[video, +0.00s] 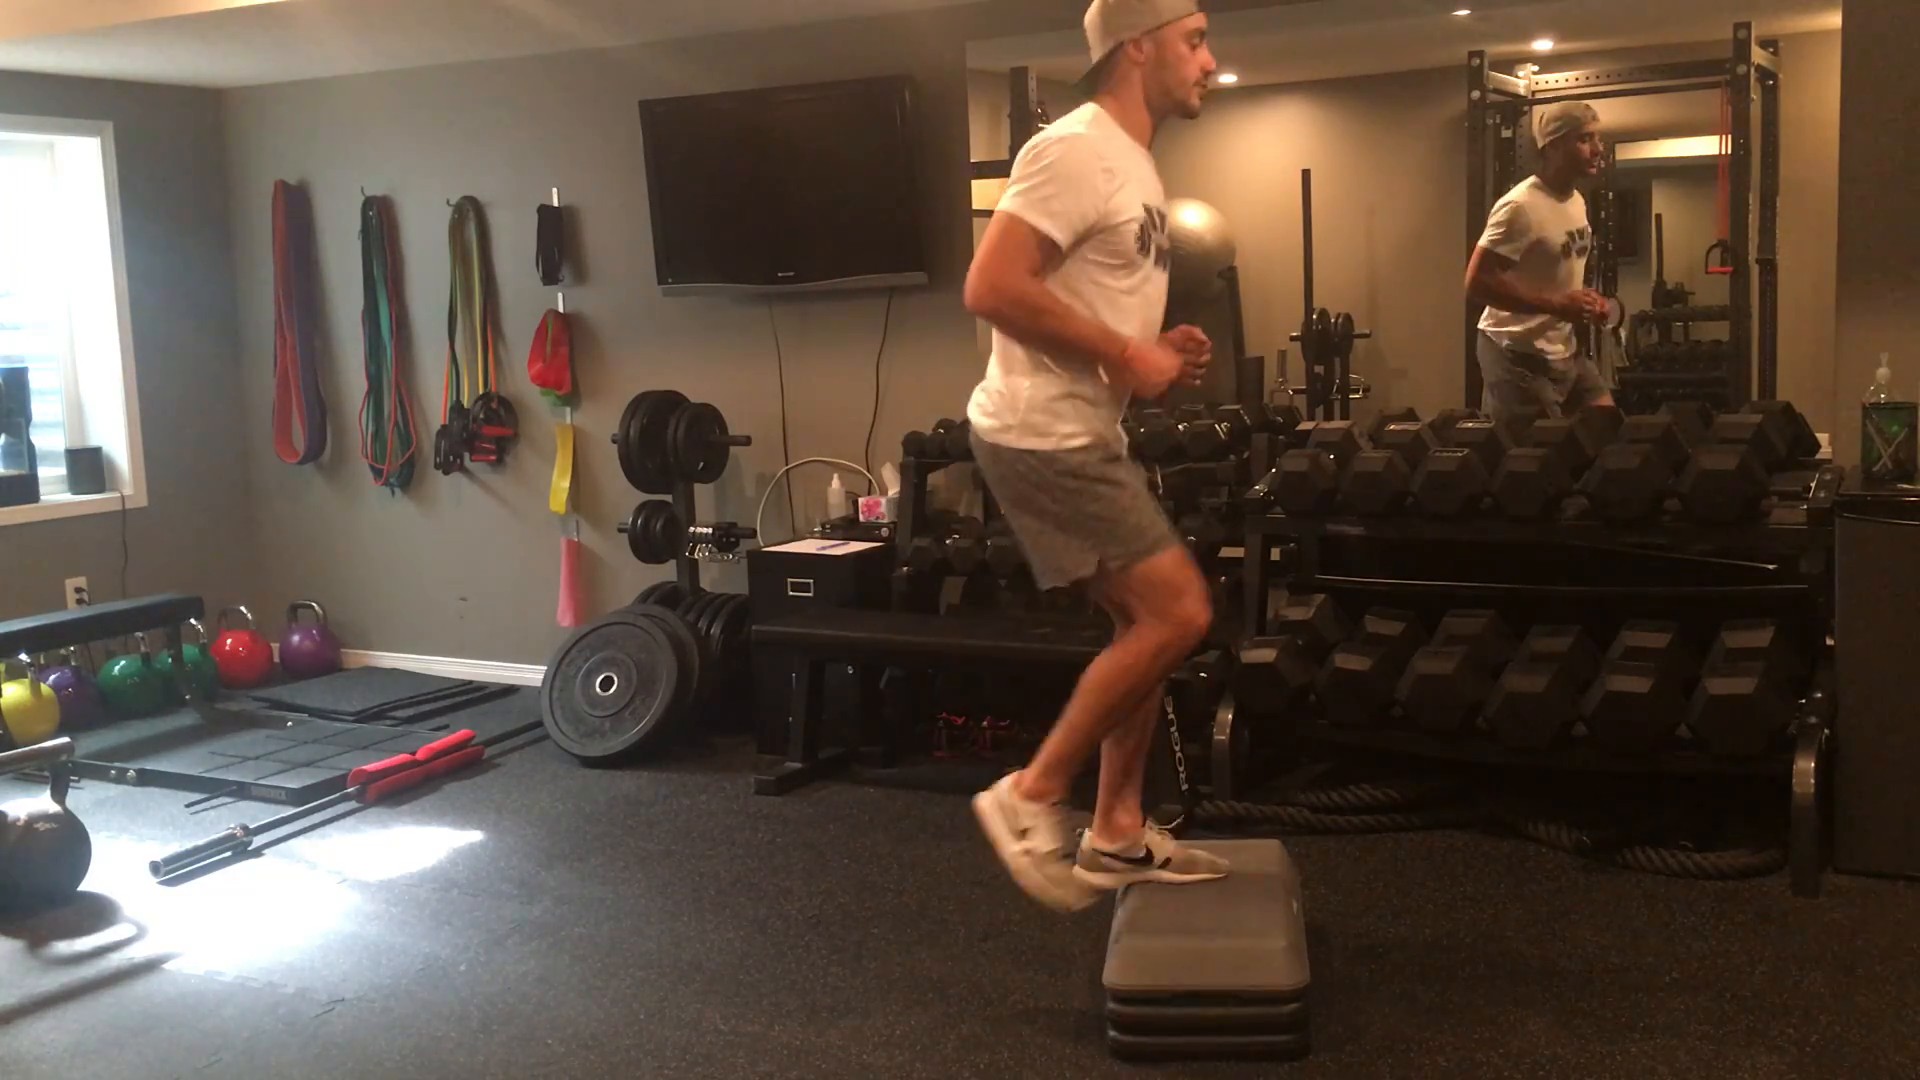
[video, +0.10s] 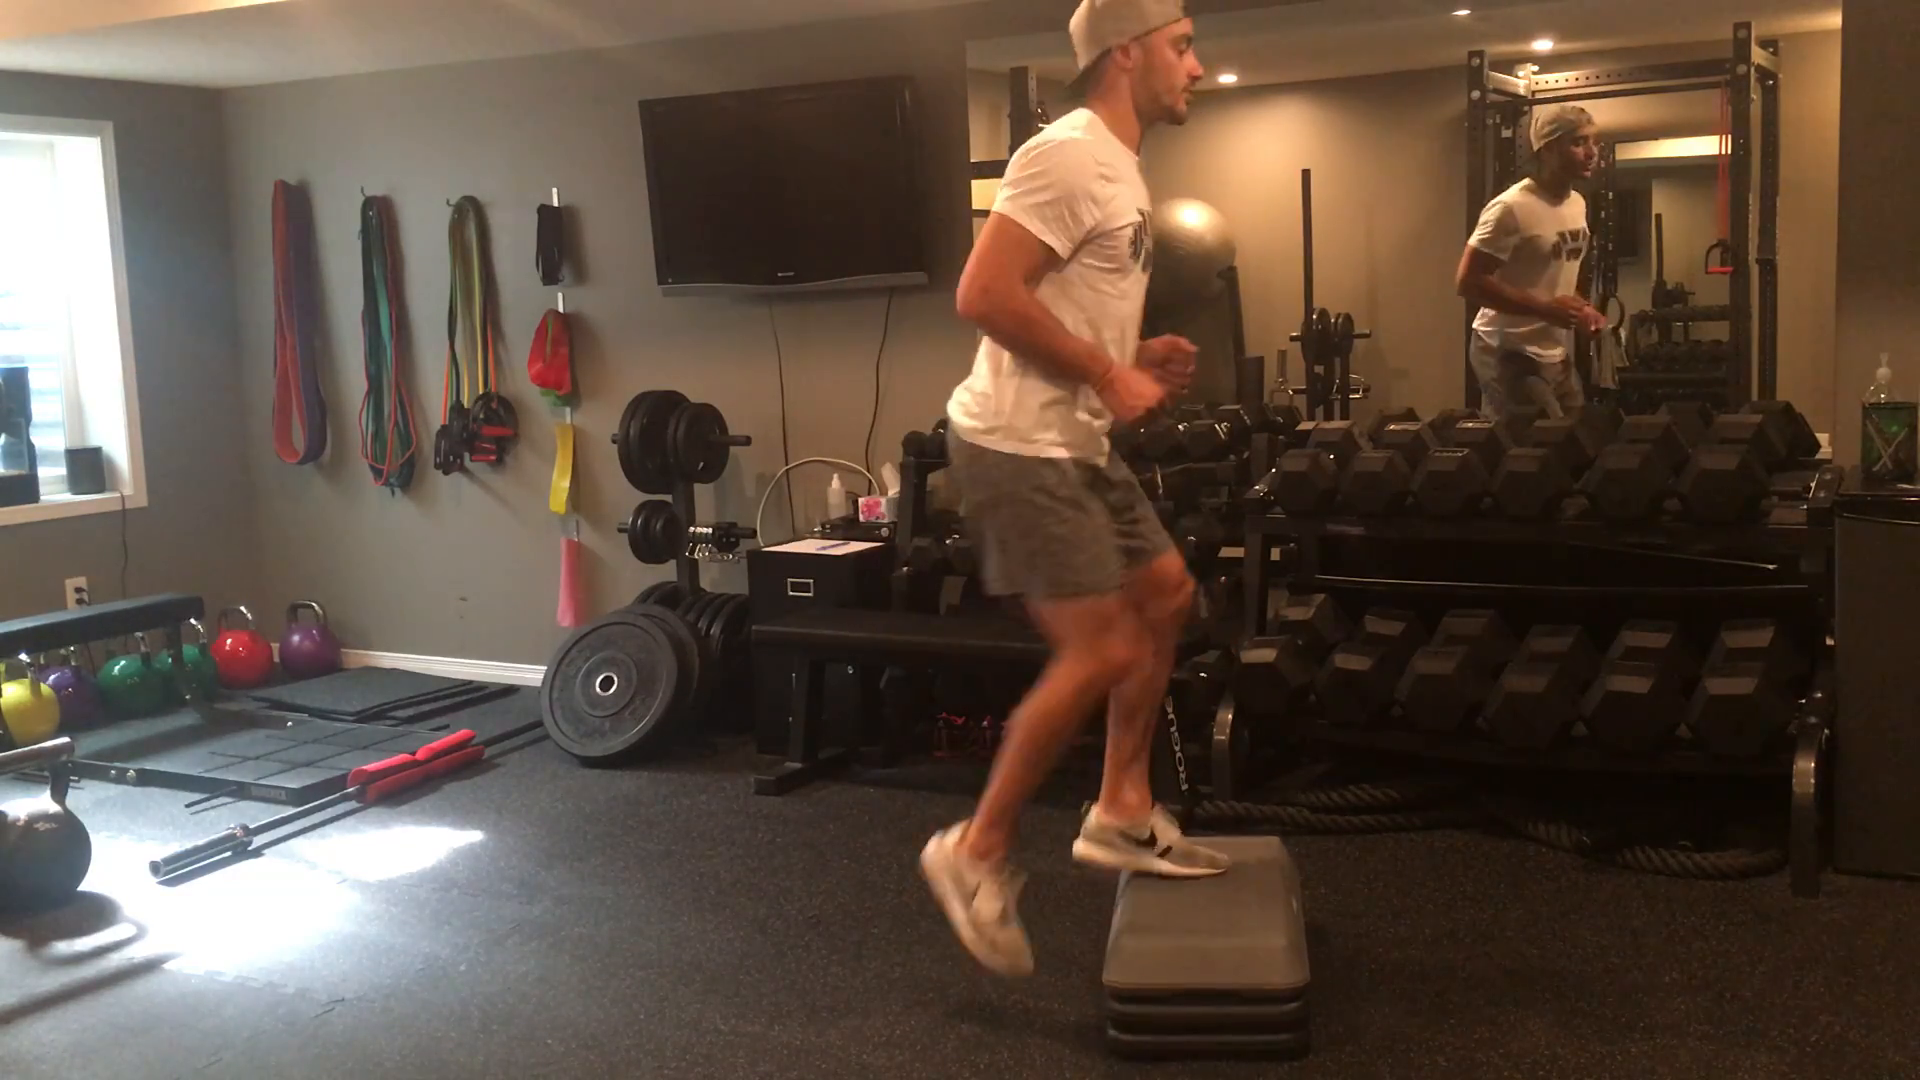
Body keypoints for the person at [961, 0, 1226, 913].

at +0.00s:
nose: (1210, 62)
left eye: (1206, 43)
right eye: (1194, 41)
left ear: (1145, 53)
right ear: (1138, 52)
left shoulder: (1131, 162)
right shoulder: (1079, 148)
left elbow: (1071, 304)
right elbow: (991, 286)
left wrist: (1151, 344)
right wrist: (1127, 353)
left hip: (1080, 426)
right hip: (1041, 429)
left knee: (1148, 620)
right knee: (1178, 612)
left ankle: (1118, 828)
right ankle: (1029, 795)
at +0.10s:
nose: (1197, 67)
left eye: (1193, 49)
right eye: (1182, 47)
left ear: (1133, 58)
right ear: (1129, 58)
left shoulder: (1117, 167)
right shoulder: (1068, 153)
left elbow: (1054, 315)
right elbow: (986, 293)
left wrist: (1134, 357)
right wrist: (1108, 371)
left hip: (1075, 438)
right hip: (1018, 440)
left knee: (1165, 596)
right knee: (1100, 647)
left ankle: (1123, 812)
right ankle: (974, 852)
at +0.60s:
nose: (1155, 158)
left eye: (1151, 139)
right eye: (1137, 142)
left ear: (1092, 162)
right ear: (1082, 161)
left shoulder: (1081, 262)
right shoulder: (1039, 262)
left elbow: (1043, 408)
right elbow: (946, 393)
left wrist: (1141, 436)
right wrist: (1051, 502)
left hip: (1012, 534)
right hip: (1021, 534)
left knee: (1033, 737)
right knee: (1217, 645)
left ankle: (944, 924)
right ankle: (1051, 809)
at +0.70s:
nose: (1169, 100)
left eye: (1162, 83)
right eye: (1151, 84)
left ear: (1105, 108)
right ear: (1098, 106)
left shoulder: (1108, 212)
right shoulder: (1052, 206)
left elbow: (1058, 348)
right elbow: (963, 340)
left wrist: (1152, 363)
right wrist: (1088, 423)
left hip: (1023, 488)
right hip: (1046, 489)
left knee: (1036, 680)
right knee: (1231, 617)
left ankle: (964, 895)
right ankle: (1135, 822)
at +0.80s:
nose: (1186, 69)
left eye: (1178, 52)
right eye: (1166, 54)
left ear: (1124, 80)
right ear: (1112, 79)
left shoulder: (1121, 182)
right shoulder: (1074, 181)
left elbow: (1076, 332)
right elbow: (1001, 331)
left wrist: (1166, 352)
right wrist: (1142, 379)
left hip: (1068, 461)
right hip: (1077, 466)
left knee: (1124, 650)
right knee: (1224, 630)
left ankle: (986, 836)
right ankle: (1141, 850)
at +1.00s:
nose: (1204, 15)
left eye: (1201, 3)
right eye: (1188, 0)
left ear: (1134, 17)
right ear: (1129, 10)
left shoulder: (1131, 116)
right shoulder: (1088, 112)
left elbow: (1089, 276)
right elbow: (1045, 273)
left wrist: (1179, 324)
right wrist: (1179, 316)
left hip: (1115, 399)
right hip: (1075, 407)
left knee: (1202, 568)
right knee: (1167, 606)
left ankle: (1103, 780)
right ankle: (1138, 838)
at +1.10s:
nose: (1206, 8)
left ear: (1138, 11)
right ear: (1132, 3)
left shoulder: (1130, 105)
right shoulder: (1081, 95)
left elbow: (1075, 254)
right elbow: (1028, 255)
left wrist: (1158, 312)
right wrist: (1161, 305)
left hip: (1108, 390)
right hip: (1064, 394)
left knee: (1173, 593)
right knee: (1161, 597)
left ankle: (1153, 804)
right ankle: (1097, 826)